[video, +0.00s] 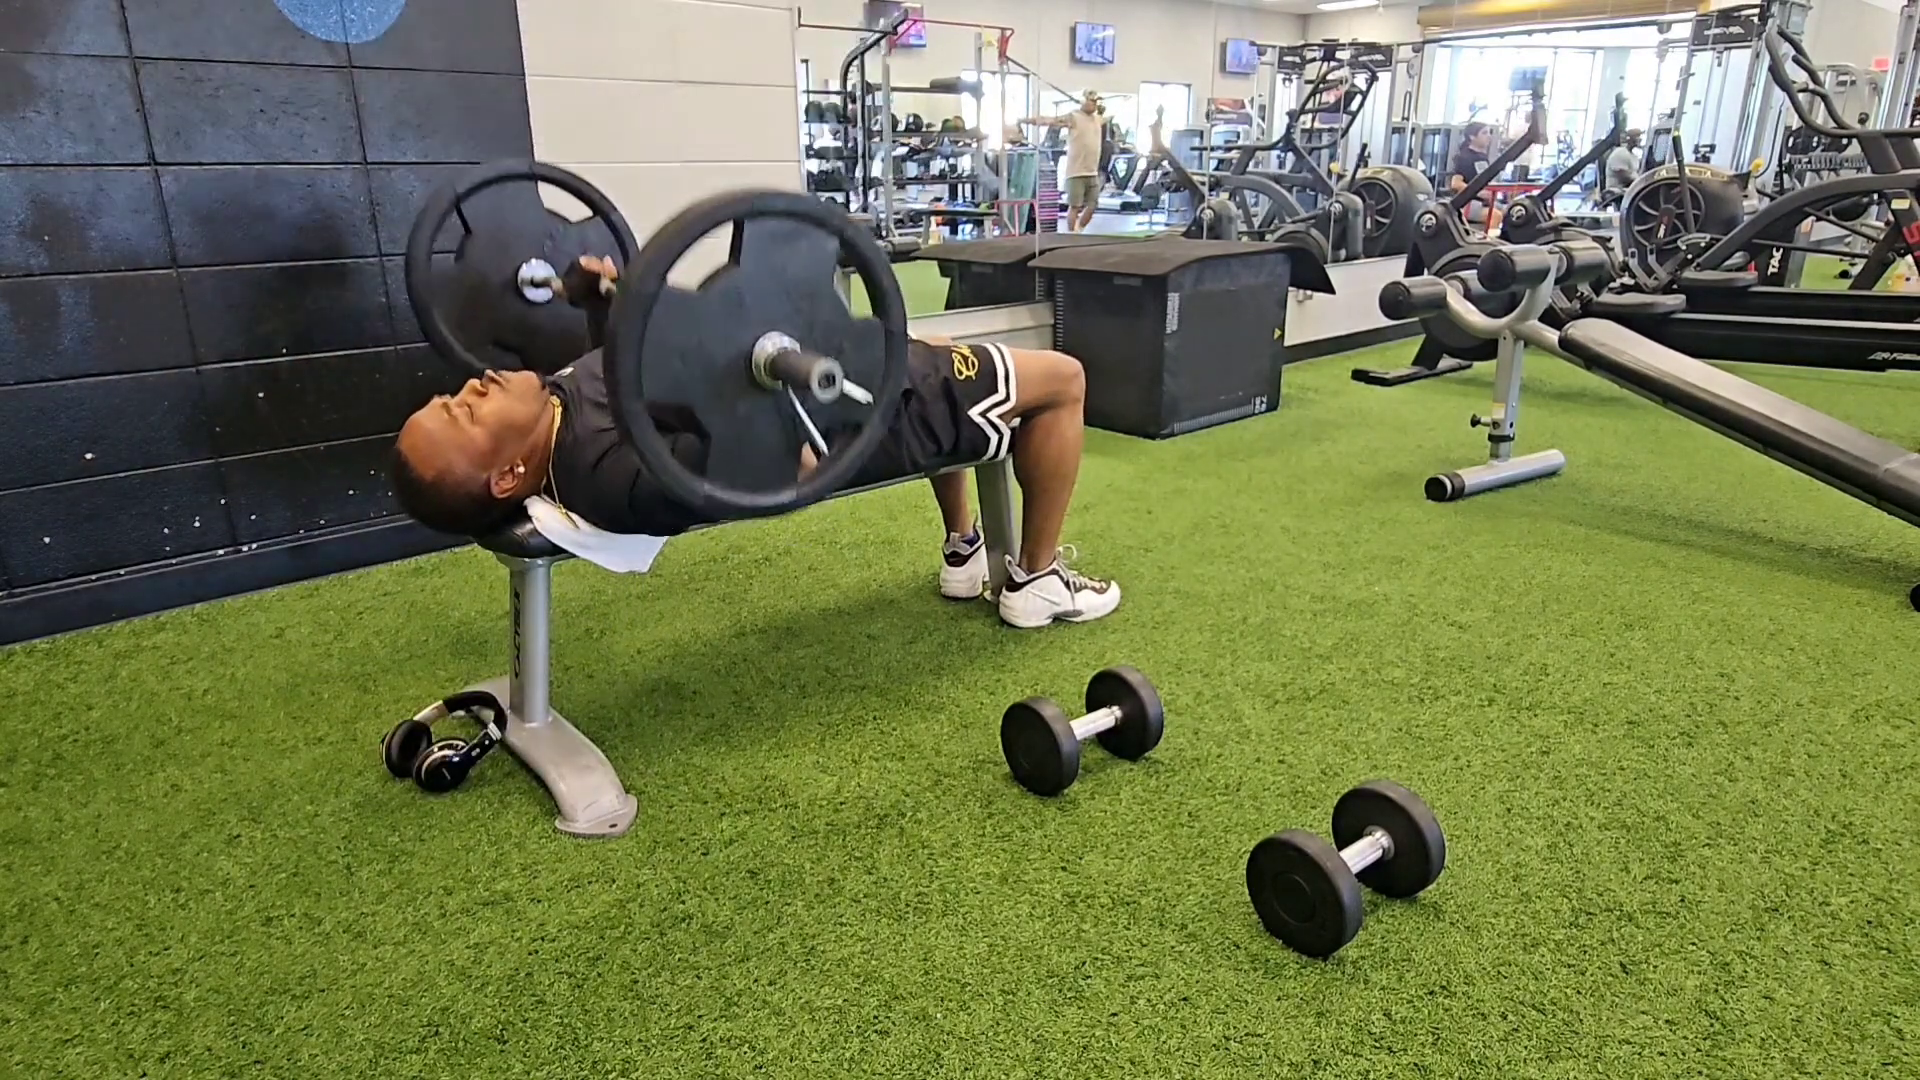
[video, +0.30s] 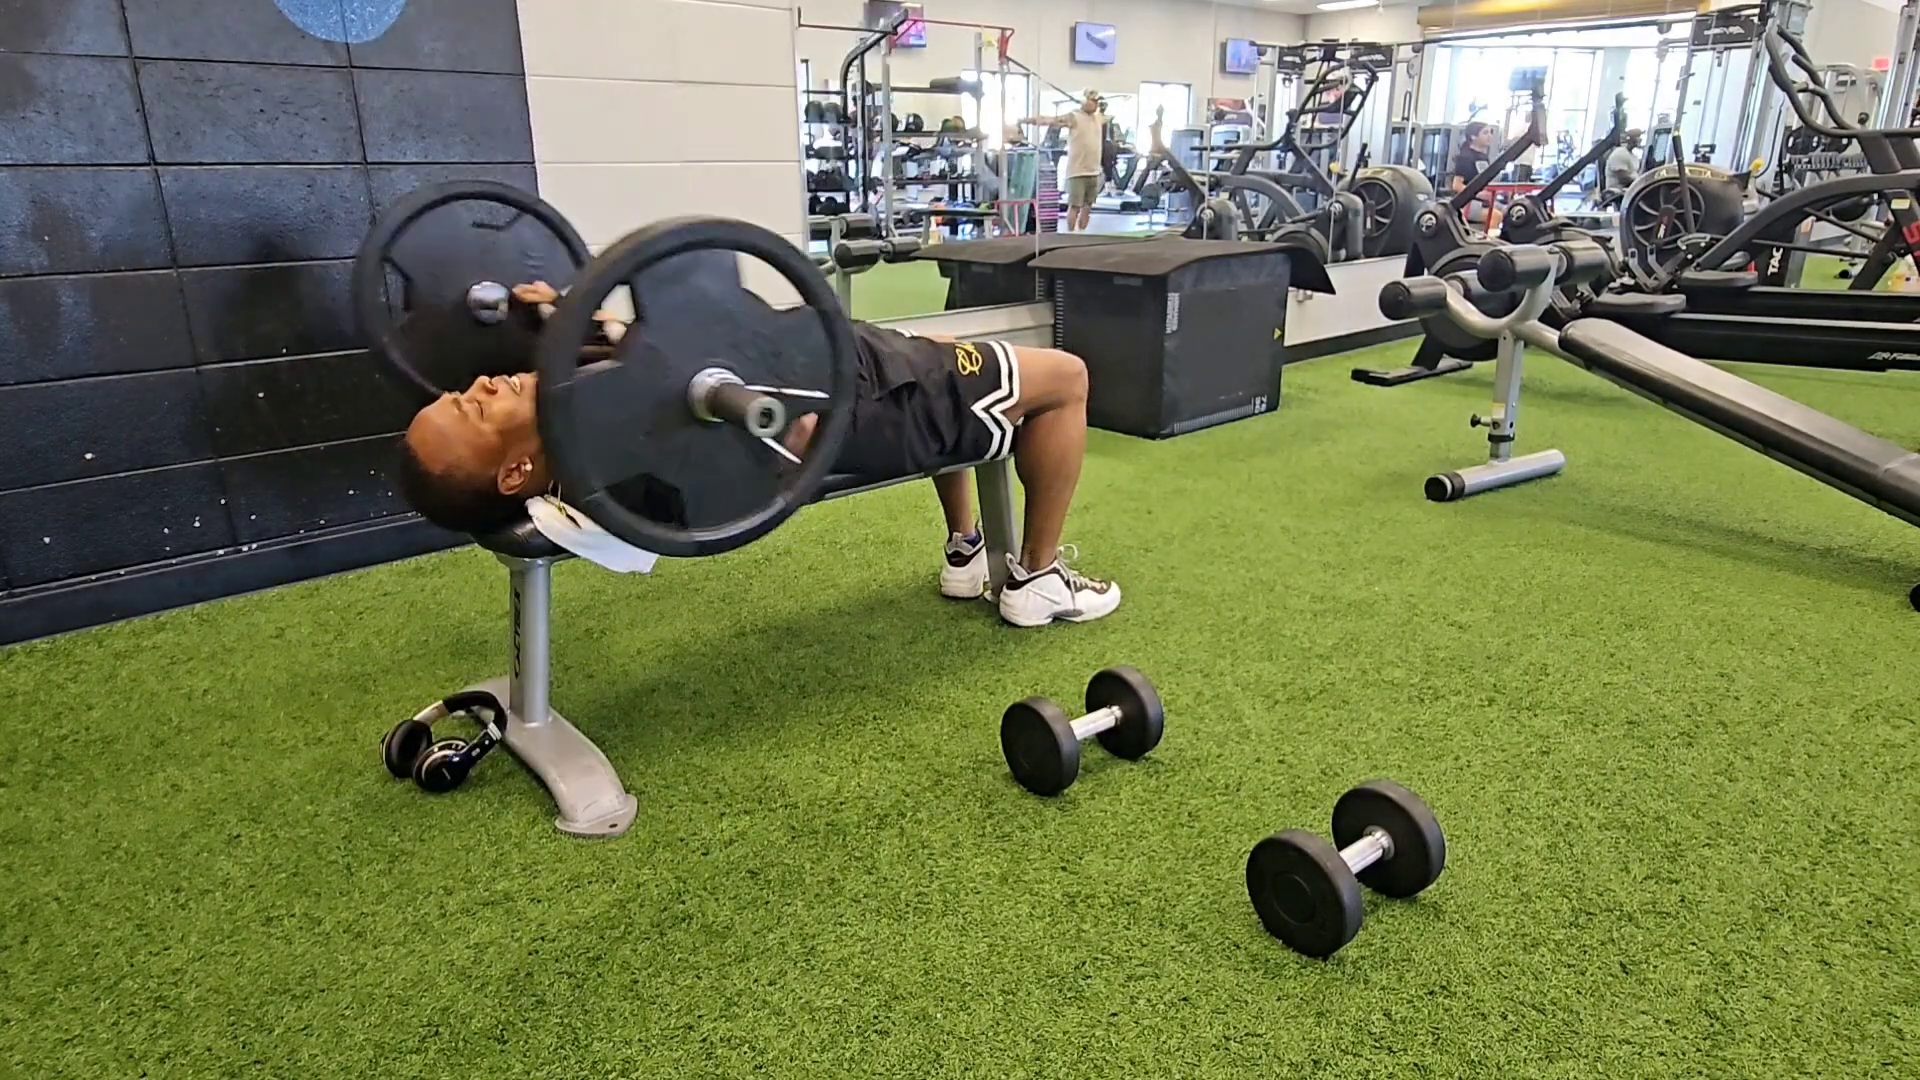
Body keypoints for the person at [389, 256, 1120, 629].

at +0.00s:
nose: (477, 376)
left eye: (455, 393)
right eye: (469, 404)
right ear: (513, 472)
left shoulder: (558, 393)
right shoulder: (612, 473)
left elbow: (653, 354)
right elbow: (757, 479)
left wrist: (614, 301)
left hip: (776, 377)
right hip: (832, 427)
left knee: (938, 350)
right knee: (1064, 380)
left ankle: (965, 549)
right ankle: (1039, 577)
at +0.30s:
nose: (490, 382)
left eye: (470, 388)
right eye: (482, 405)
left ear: (502, 374)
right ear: (518, 472)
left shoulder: (562, 393)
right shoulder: (598, 457)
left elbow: (632, 345)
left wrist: (561, 315)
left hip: (803, 357)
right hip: (854, 411)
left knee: (945, 344)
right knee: (1067, 379)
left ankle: (967, 544)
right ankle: (1040, 577)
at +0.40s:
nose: (495, 385)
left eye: (484, 383)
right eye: (483, 400)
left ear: (487, 393)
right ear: (488, 450)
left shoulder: (542, 396)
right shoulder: (553, 449)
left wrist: (471, 326)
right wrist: (496, 346)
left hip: (790, 349)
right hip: (834, 393)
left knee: (942, 345)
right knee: (1061, 375)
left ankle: (970, 548)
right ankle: (1040, 575)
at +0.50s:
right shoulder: (545, 415)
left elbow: (516, 271)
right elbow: (686, 332)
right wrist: (556, 324)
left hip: (788, 351)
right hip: (829, 395)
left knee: (942, 354)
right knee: (1055, 374)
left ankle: (968, 550)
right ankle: (1041, 573)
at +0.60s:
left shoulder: (434, 426)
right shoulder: (533, 472)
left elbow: (466, 286)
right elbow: (609, 328)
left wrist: (378, 402)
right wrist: (484, 401)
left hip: (773, 345)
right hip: (821, 390)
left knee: (935, 353)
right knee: (1053, 374)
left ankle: (966, 549)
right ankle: (1041, 572)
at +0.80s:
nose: (429, 409)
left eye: (415, 425)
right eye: (434, 431)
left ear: (406, 445)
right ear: (476, 478)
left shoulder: (459, 423)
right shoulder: (580, 461)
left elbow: (377, 329)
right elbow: (517, 375)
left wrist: (368, 460)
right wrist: (417, 485)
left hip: (772, 340)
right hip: (827, 382)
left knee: (926, 344)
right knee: (1048, 372)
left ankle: (967, 545)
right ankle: (1039, 574)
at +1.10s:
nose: (430, 408)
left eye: (412, 421)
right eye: (428, 426)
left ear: (396, 456)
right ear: (462, 472)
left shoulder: (463, 426)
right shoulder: (583, 456)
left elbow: (394, 315)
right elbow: (510, 360)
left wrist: (369, 451)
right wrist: (426, 470)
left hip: (775, 341)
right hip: (830, 384)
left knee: (926, 347)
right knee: (1046, 369)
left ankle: (968, 545)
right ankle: (1038, 574)